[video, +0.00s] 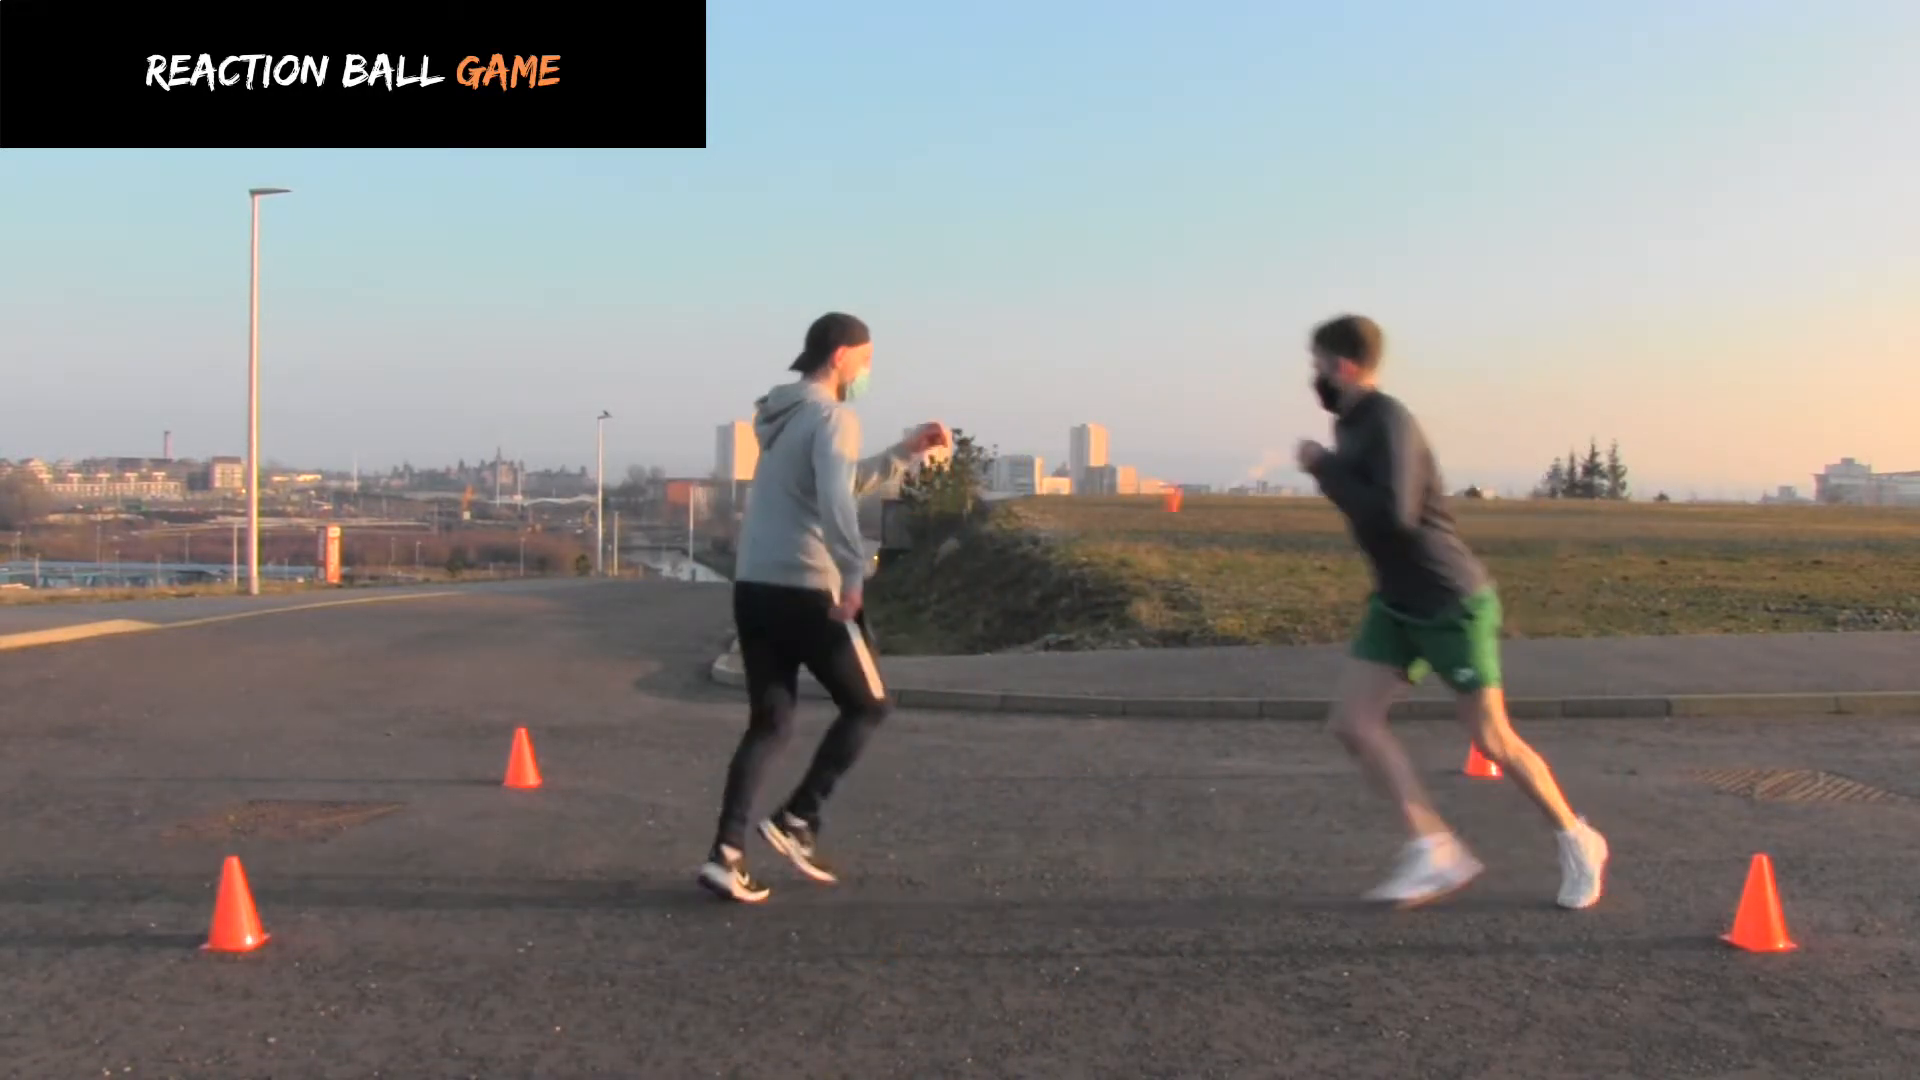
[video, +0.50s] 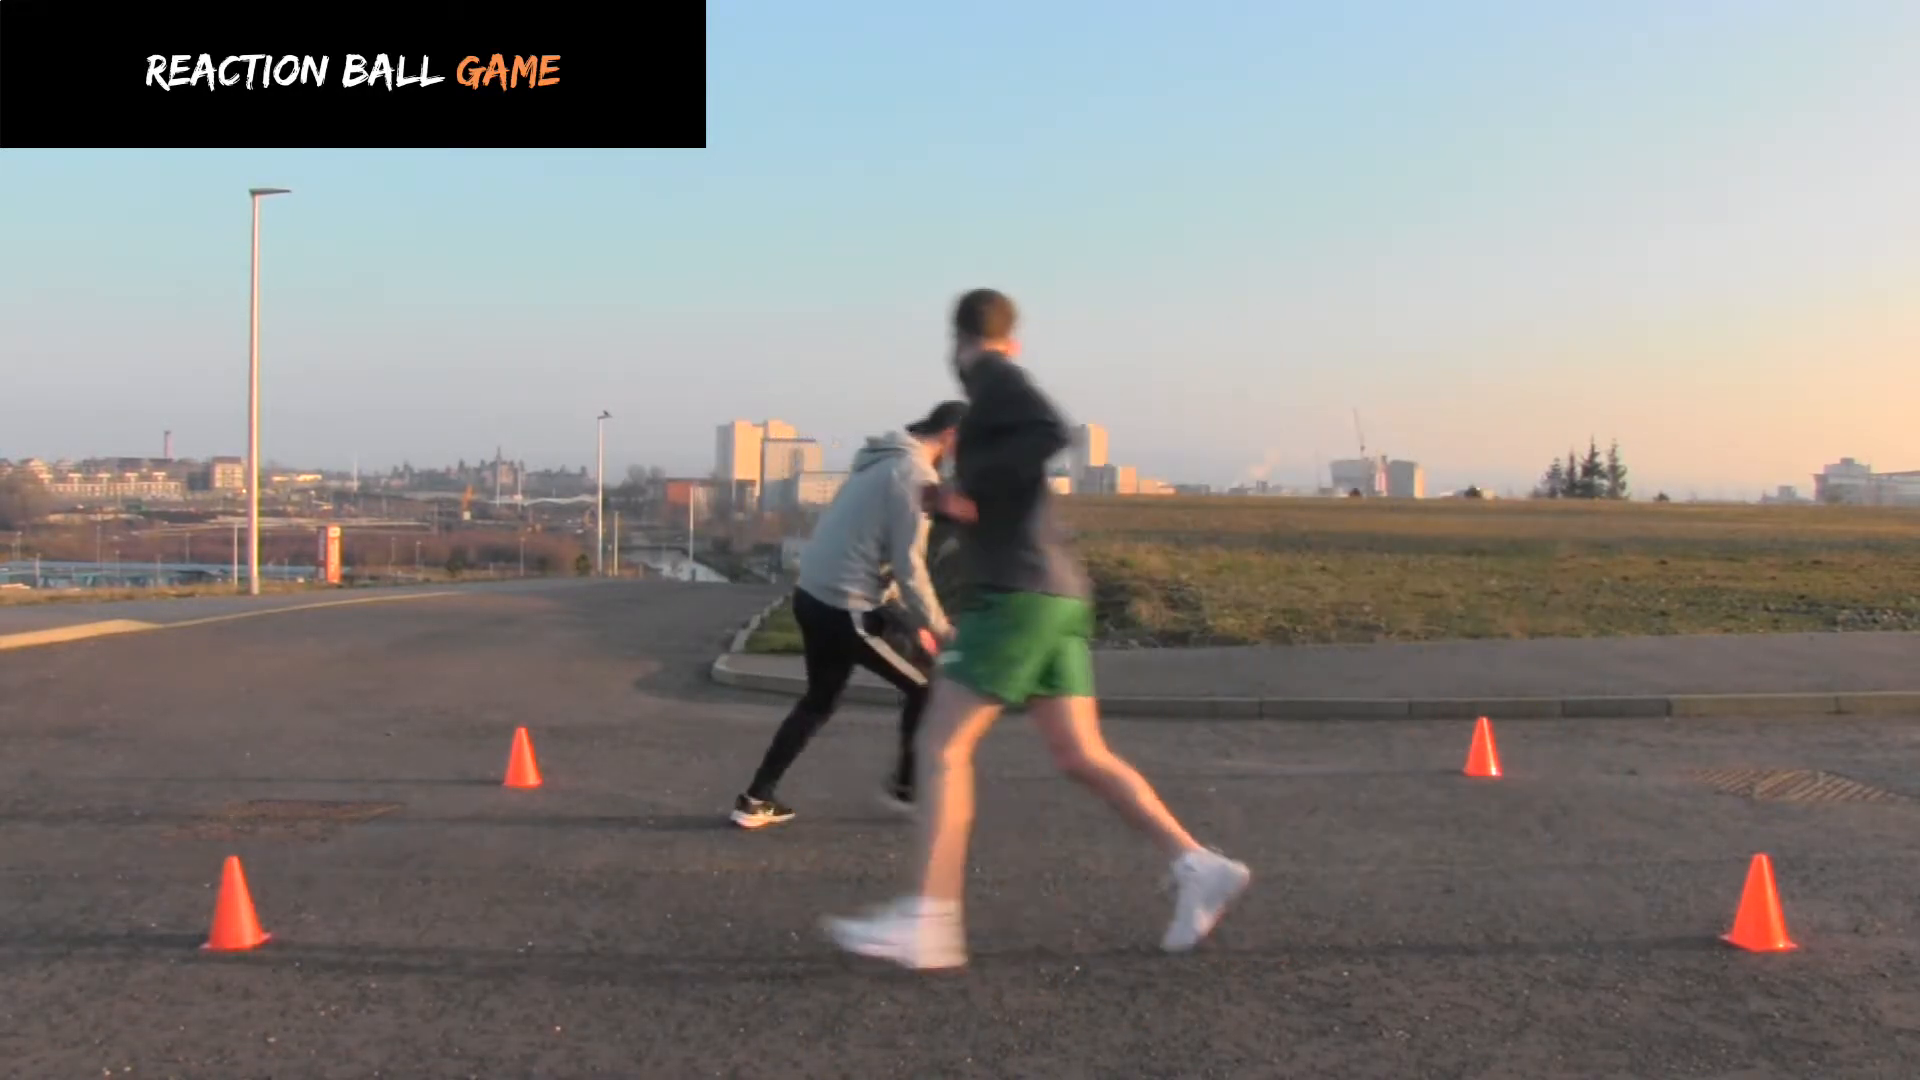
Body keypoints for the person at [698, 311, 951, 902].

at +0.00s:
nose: (865, 370)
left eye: (867, 359)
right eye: (864, 358)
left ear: (822, 352)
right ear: (842, 354)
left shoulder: (784, 412)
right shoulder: (834, 416)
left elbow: (838, 491)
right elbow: (834, 497)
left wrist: (903, 456)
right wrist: (855, 569)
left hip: (754, 584)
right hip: (804, 587)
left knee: (768, 721)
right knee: (868, 704)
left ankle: (726, 853)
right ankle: (798, 818)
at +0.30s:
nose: (923, 414)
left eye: (927, 404)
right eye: (923, 403)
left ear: (887, 388)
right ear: (902, 390)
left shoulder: (836, 428)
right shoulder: (884, 444)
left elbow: (829, 508)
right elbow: (861, 525)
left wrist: (885, 542)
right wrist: (862, 602)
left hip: (779, 579)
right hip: (819, 591)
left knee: (779, 692)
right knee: (824, 707)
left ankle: (733, 802)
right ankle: (755, 812)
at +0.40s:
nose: (947, 446)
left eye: (951, 434)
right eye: (948, 432)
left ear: (917, 417)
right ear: (923, 418)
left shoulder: (858, 450)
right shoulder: (892, 463)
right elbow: (883, 555)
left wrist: (899, 596)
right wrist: (910, 624)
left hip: (797, 594)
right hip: (831, 603)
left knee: (804, 695)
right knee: (906, 695)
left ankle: (752, 801)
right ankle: (823, 770)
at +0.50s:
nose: (959, 454)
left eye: (960, 445)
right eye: (961, 444)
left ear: (930, 427)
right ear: (950, 435)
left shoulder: (882, 460)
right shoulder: (912, 475)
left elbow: (881, 563)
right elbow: (908, 563)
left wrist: (915, 628)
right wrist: (941, 625)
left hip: (813, 596)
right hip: (846, 607)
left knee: (819, 699)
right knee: (921, 685)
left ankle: (757, 796)